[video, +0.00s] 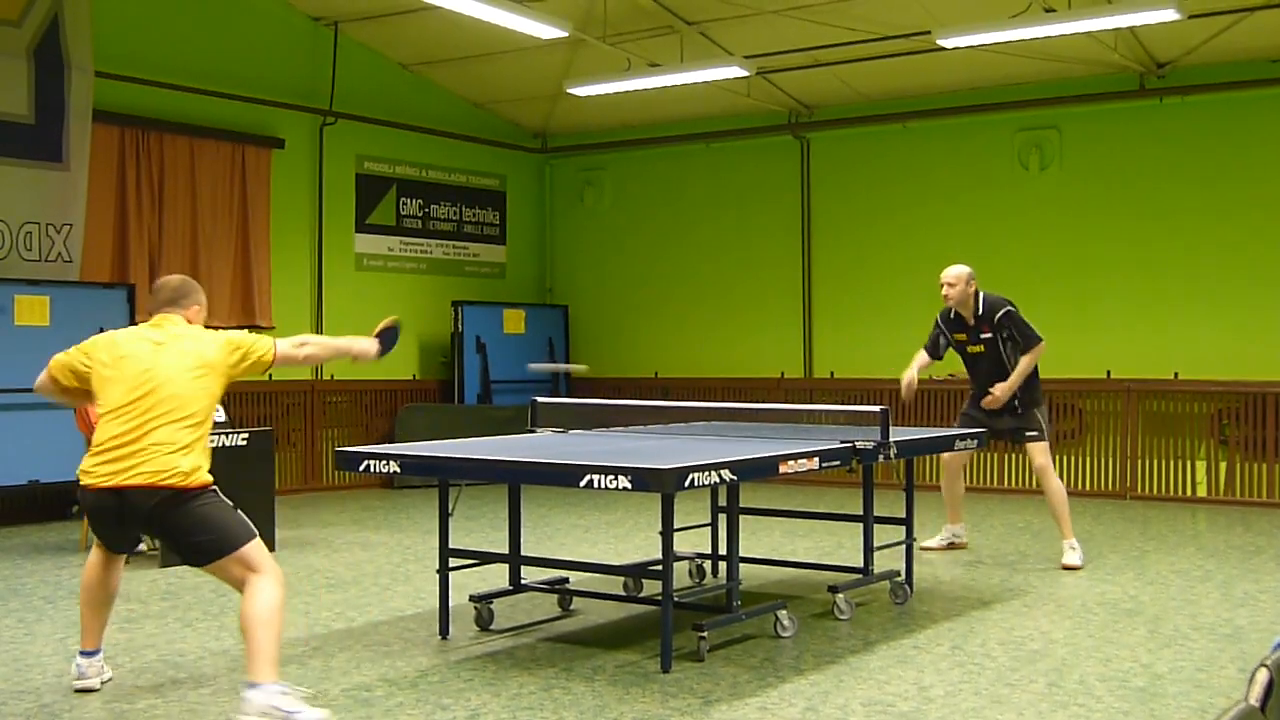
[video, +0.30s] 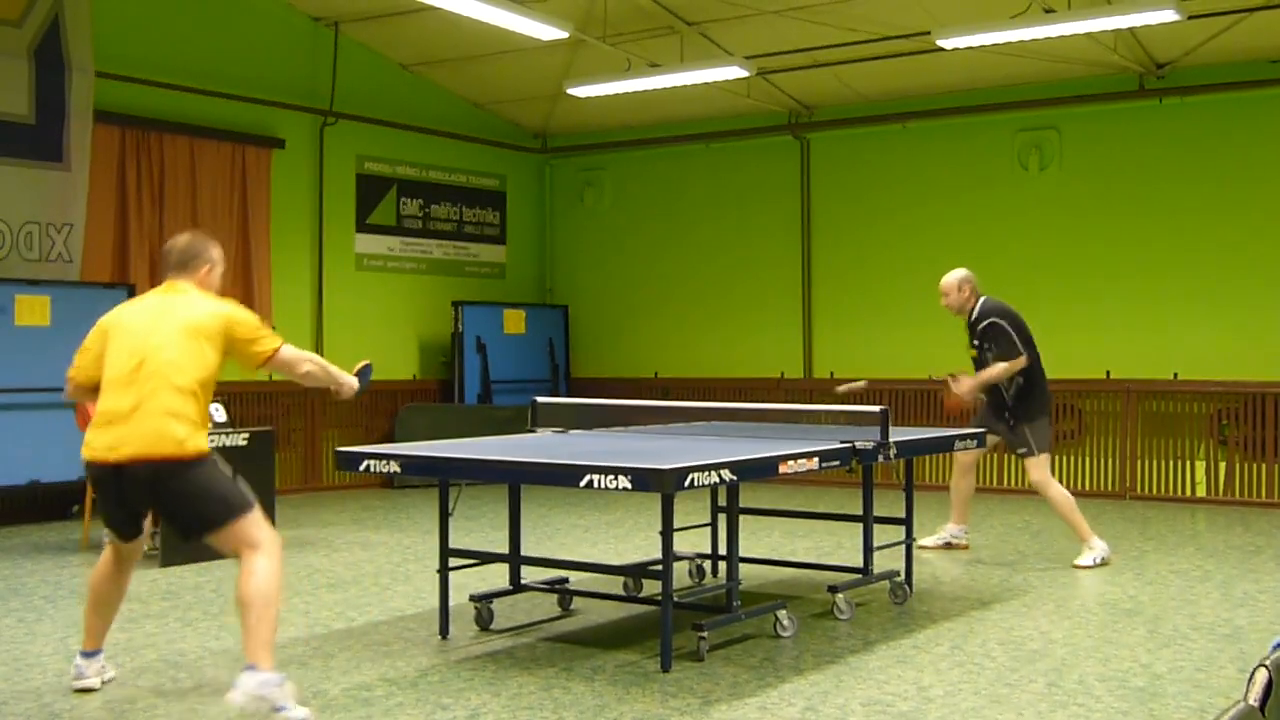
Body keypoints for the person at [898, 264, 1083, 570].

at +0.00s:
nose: (945, 291)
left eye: (951, 286)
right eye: (942, 286)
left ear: (971, 287)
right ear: (942, 289)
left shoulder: (999, 309)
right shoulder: (946, 319)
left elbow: (1035, 346)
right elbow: (930, 351)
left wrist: (1009, 386)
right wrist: (912, 369)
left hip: (1023, 399)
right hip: (981, 399)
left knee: (1042, 466)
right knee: (950, 458)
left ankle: (1070, 543)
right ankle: (954, 531)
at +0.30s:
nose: (943, 303)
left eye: (946, 296)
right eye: (942, 297)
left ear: (966, 291)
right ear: (963, 293)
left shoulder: (992, 315)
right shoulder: (974, 321)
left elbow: (1018, 359)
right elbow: (992, 366)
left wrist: (974, 382)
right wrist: (971, 385)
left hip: (1027, 407)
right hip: (998, 405)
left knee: (1040, 478)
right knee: (963, 456)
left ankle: (1094, 544)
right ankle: (957, 530)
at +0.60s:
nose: (976, 294)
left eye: (982, 288)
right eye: (973, 289)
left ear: (1001, 287)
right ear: (972, 290)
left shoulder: (1020, 310)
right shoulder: (971, 312)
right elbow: (939, 332)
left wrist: (997, 314)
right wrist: (920, 317)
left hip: (1020, 409)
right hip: (981, 406)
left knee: (1022, 470)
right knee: (935, 459)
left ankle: (1053, 544)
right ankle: (955, 518)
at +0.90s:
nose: (944, 284)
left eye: (950, 278)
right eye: (940, 279)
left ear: (967, 280)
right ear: (937, 283)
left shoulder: (991, 308)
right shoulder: (937, 310)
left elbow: (1015, 351)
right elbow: (921, 341)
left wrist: (1000, 393)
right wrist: (909, 359)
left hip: (989, 394)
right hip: (952, 393)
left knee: (1011, 461)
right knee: (912, 444)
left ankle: (1045, 537)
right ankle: (921, 520)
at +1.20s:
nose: (837, 315)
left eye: (843, 309)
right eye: (836, 310)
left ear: (863, 307)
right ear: (843, 314)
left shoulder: (892, 323)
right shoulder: (848, 340)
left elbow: (944, 331)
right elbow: (809, 355)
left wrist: (959, 364)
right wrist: (760, 363)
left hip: (940, 408)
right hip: (901, 411)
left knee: (987, 459)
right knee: (854, 449)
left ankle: (1034, 524)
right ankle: (839, 524)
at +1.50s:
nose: (788, 313)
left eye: (792, 306)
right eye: (785, 308)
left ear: (809, 303)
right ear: (787, 311)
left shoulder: (833, 321)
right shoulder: (797, 339)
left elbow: (848, 352)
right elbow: (791, 386)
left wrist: (812, 379)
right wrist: (774, 427)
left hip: (876, 402)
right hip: (839, 409)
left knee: (913, 453)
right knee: (807, 457)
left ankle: (973, 485)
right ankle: (832, 525)